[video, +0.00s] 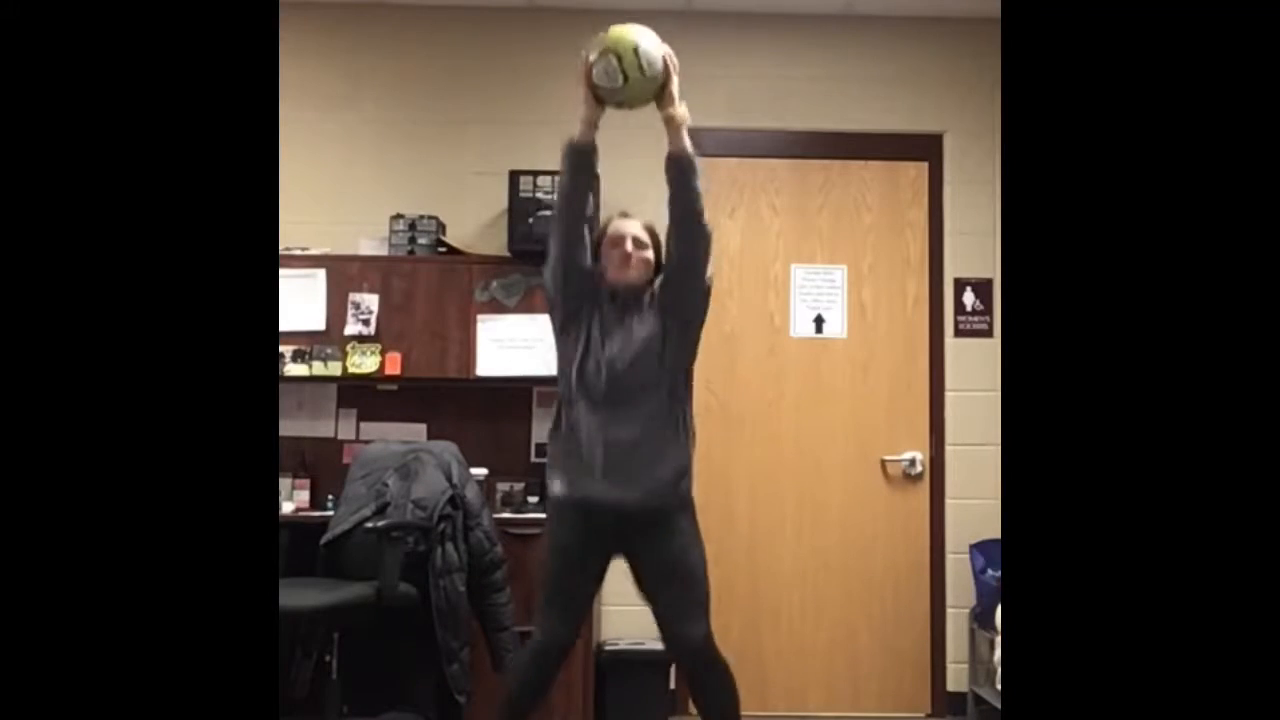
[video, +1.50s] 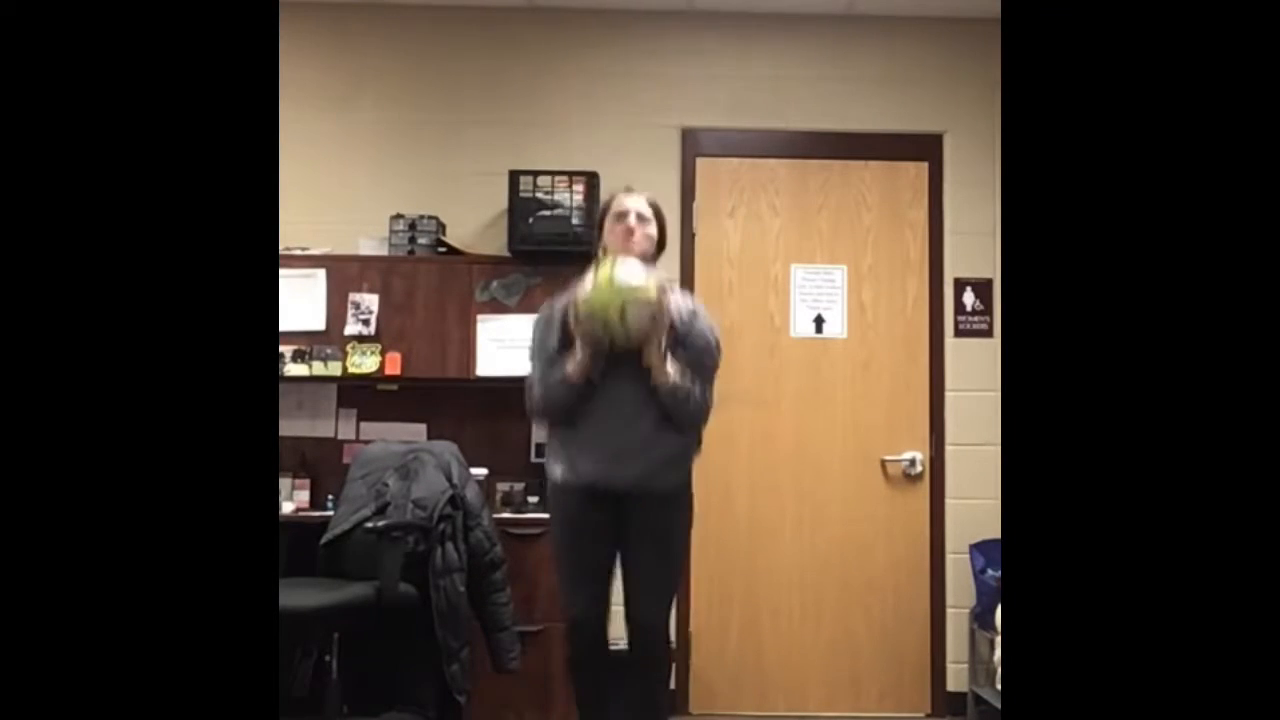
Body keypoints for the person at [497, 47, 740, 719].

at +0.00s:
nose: (630, 248)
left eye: (641, 242)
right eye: (618, 241)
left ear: (657, 262)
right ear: (596, 260)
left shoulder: (675, 317)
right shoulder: (577, 314)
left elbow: (691, 232)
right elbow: (570, 222)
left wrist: (675, 122)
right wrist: (588, 118)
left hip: (659, 507)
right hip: (580, 506)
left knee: (693, 646)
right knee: (549, 644)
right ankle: (505, 713)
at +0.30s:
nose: (633, 201)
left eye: (645, 191)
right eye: (621, 191)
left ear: (667, 198)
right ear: (601, 199)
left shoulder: (694, 259)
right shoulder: (576, 256)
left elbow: (725, 308)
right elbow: (534, 299)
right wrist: (581, 241)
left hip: (671, 450)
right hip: (591, 447)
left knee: (676, 591)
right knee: (575, 587)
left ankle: (691, 710)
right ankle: (553, 709)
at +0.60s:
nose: (639, 217)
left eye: (651, 209)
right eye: (628, 208)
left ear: (668, 225)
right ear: (609, 223)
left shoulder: (696, 301)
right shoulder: (574, 304)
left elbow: (728, 383)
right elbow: (546, 391)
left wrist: (677, 335)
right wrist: (588, 341)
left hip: (673, 493)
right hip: (593, 494)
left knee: (661, 635)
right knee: (595, 631)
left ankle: (660, 717)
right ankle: (599, 716)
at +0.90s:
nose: (638, 220)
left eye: (649, 213)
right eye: (628, 213)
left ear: (665, 231)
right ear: (610, 230)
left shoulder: (680, 290)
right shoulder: (586, 284)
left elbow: (708, 240)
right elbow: (571, 199)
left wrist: (687, 120)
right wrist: (597, 99)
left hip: (659, 470)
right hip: (584, 467)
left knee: (696, 623)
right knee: (557, 619)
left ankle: (729, 713)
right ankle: (521, 711)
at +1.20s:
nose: (625, 251)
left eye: (637, 241)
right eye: (613, 241)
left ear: (660, 257)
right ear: (595, 255)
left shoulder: (671, 319)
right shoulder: (580, 307)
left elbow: (690, 244)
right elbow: (555, 232)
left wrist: (671, 144)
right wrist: (586, 140)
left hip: (661, 496)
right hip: (584, 494)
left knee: (694, 642)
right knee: (537, 639)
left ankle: (722, 718)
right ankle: (474, 713)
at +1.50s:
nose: (632, 226)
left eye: (644, 219)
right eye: (621, 217)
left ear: (659, 239)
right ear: (602, 233)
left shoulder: (685, 315)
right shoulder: (562, 313)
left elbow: (694, 414)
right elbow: (544, 404)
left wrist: (656, 357)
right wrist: (584, 353)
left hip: (659, 493)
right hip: (580, 493)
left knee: (650, 628)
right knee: (584, 626)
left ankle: (647, 715)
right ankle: (594, 714)